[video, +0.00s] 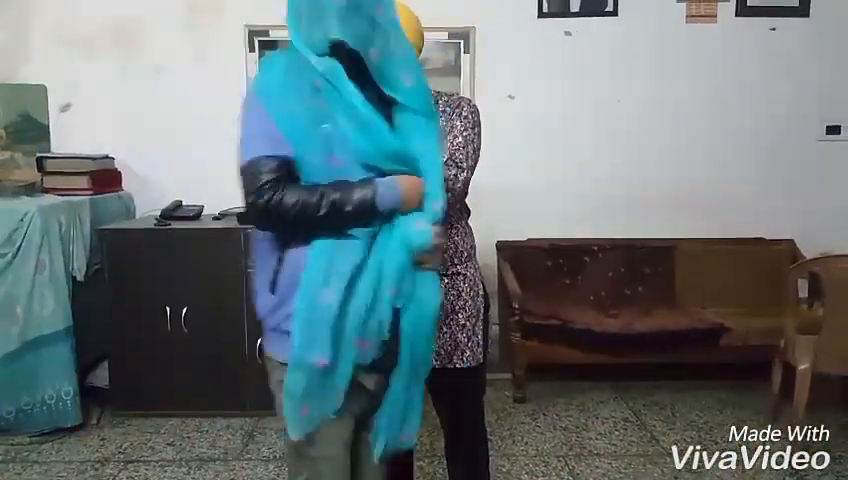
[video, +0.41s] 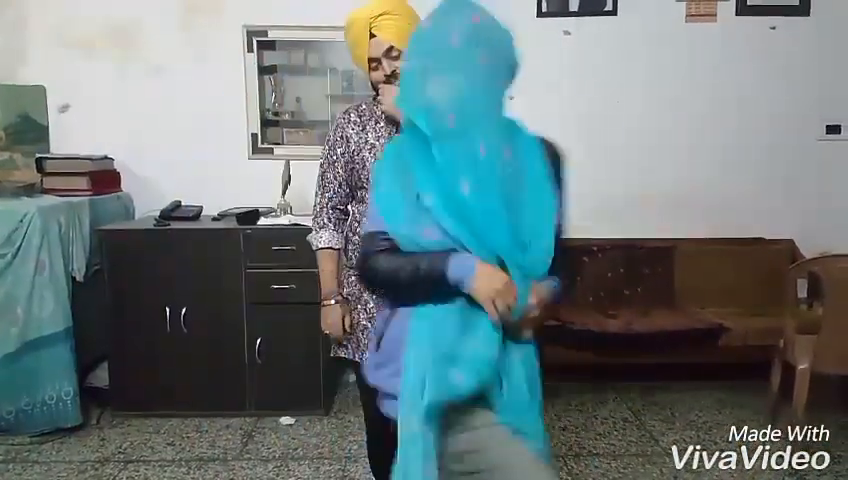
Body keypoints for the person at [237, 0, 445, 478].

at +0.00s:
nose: (381, 16)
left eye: (377, 9)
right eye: (370, 8)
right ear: (338, 11)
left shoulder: (397, 86)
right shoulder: (283, 77)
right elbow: (267, 199)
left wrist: (434, 237)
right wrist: (383, 194)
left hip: (391, 328)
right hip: (309, 331)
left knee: (380, 466)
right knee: (323, 466)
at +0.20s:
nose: (405, 40)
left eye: (419, 23)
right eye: (388, 23)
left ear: (433, 27)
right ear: (361, 26)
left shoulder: (460, 108)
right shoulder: (333, 102)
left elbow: (473, 199)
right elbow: (316, 206)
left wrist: (497, 245)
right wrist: (428, 202)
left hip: (453, 349)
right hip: (362, 348)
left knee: (455, 465)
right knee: (368, 464)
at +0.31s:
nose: (435, 71)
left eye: (449, 56)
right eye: (419, 56)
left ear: (464, 56)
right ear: (394, 53)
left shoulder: (494, 129)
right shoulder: (364, 130)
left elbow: (520, 231)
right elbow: (343, 235)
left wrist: (521, 262)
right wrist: (442, 236)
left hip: (480, 352)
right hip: (393, 356)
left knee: (478, 465)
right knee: (409, 464)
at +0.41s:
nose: (386, 70)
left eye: (395, 56)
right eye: (374, 62)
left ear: (418, 53)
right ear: (364, 68)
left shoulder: (448, 118)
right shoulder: (352, 126)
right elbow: (329, 213)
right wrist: (330, 296)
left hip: (445, 298)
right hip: (373, 302)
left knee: (444, 420)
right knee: (386, 430)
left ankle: (436, 473)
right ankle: (385, 475)